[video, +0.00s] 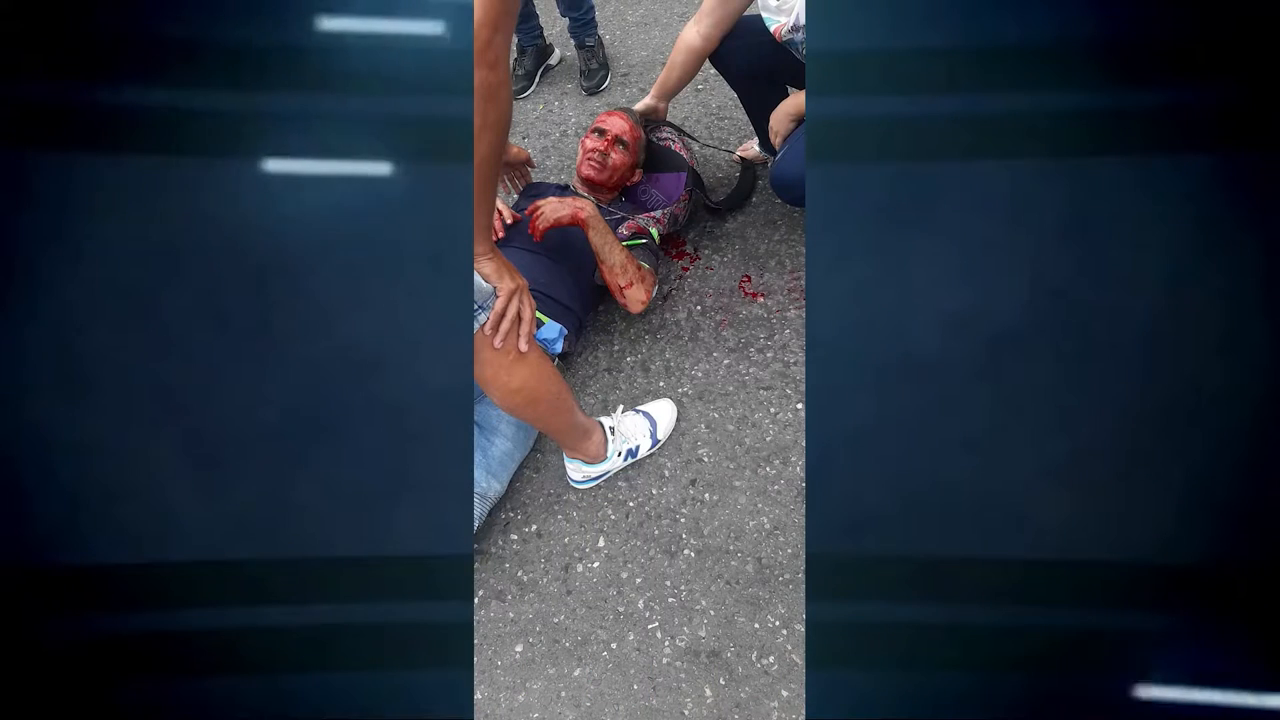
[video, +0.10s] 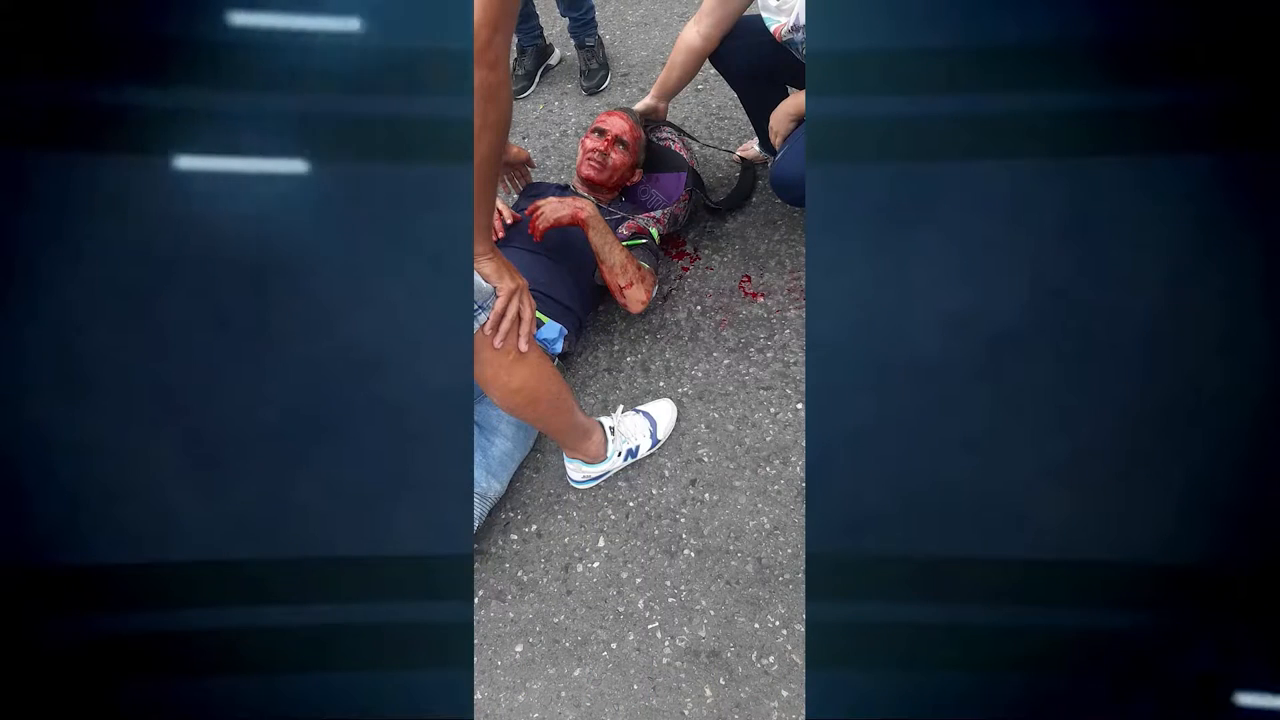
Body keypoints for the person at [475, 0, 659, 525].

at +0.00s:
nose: (599, 146)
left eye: (618, 143)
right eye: (594, 133)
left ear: (634, 170)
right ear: (579, 141)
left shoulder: (627, 224)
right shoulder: (532, 188)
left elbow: (637, 297)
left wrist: (591, 220)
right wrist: (482, 220)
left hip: (533, 338)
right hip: (474, 286)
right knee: (493, 337)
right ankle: (590, 444)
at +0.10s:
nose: (602, 145)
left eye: (620, 144)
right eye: (597, 134)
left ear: (634, 172)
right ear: (580, 144)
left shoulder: (628, 221)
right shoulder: (536, 190)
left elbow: (637, 297)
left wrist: (590, 216)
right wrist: (479, 201)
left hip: (531, 339)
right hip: (476, 282)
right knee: (495, 335)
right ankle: (591, 445)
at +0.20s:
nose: (602, 145)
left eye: (620, 144)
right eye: (597, 134)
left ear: (634, 172)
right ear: (580, 144)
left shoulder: (628, 221)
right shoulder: (536, 190)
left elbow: (637, 297)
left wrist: (590, 217)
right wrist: (479, 201)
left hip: (530, 339)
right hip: (476, 282)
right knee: (495, 335)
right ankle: (591, 445)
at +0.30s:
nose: (602, 145)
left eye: (620, 144)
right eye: (597, 134)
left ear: (634, 172)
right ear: (580, 144)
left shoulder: (628, 221)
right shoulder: (535, 190)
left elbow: (637, 297)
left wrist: (590, 216)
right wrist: (479, 201)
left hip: (531, 339)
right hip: (475, 283)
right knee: (495, 335)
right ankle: (591, 445)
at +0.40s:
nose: (602, 145)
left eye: (620, 144)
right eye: (597, 134)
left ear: (634, 172)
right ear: (580, 144)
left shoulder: (628, 221)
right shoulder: (536, 190)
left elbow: (637, 297)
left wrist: (590, 217)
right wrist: (479, 201)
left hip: (531, 339)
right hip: (475, 283)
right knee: (495, 335)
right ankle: (591, 445)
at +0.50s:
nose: (602, 145)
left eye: (620, 144)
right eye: (597, 134)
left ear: (634, 172)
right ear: (580, 144)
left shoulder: (628, 221)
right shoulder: (536, 190)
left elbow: (637, 297)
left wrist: (590, 217)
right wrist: (479, 201)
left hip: (531, 339)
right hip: (476, 282)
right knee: (495, 335)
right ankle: (591, 445)